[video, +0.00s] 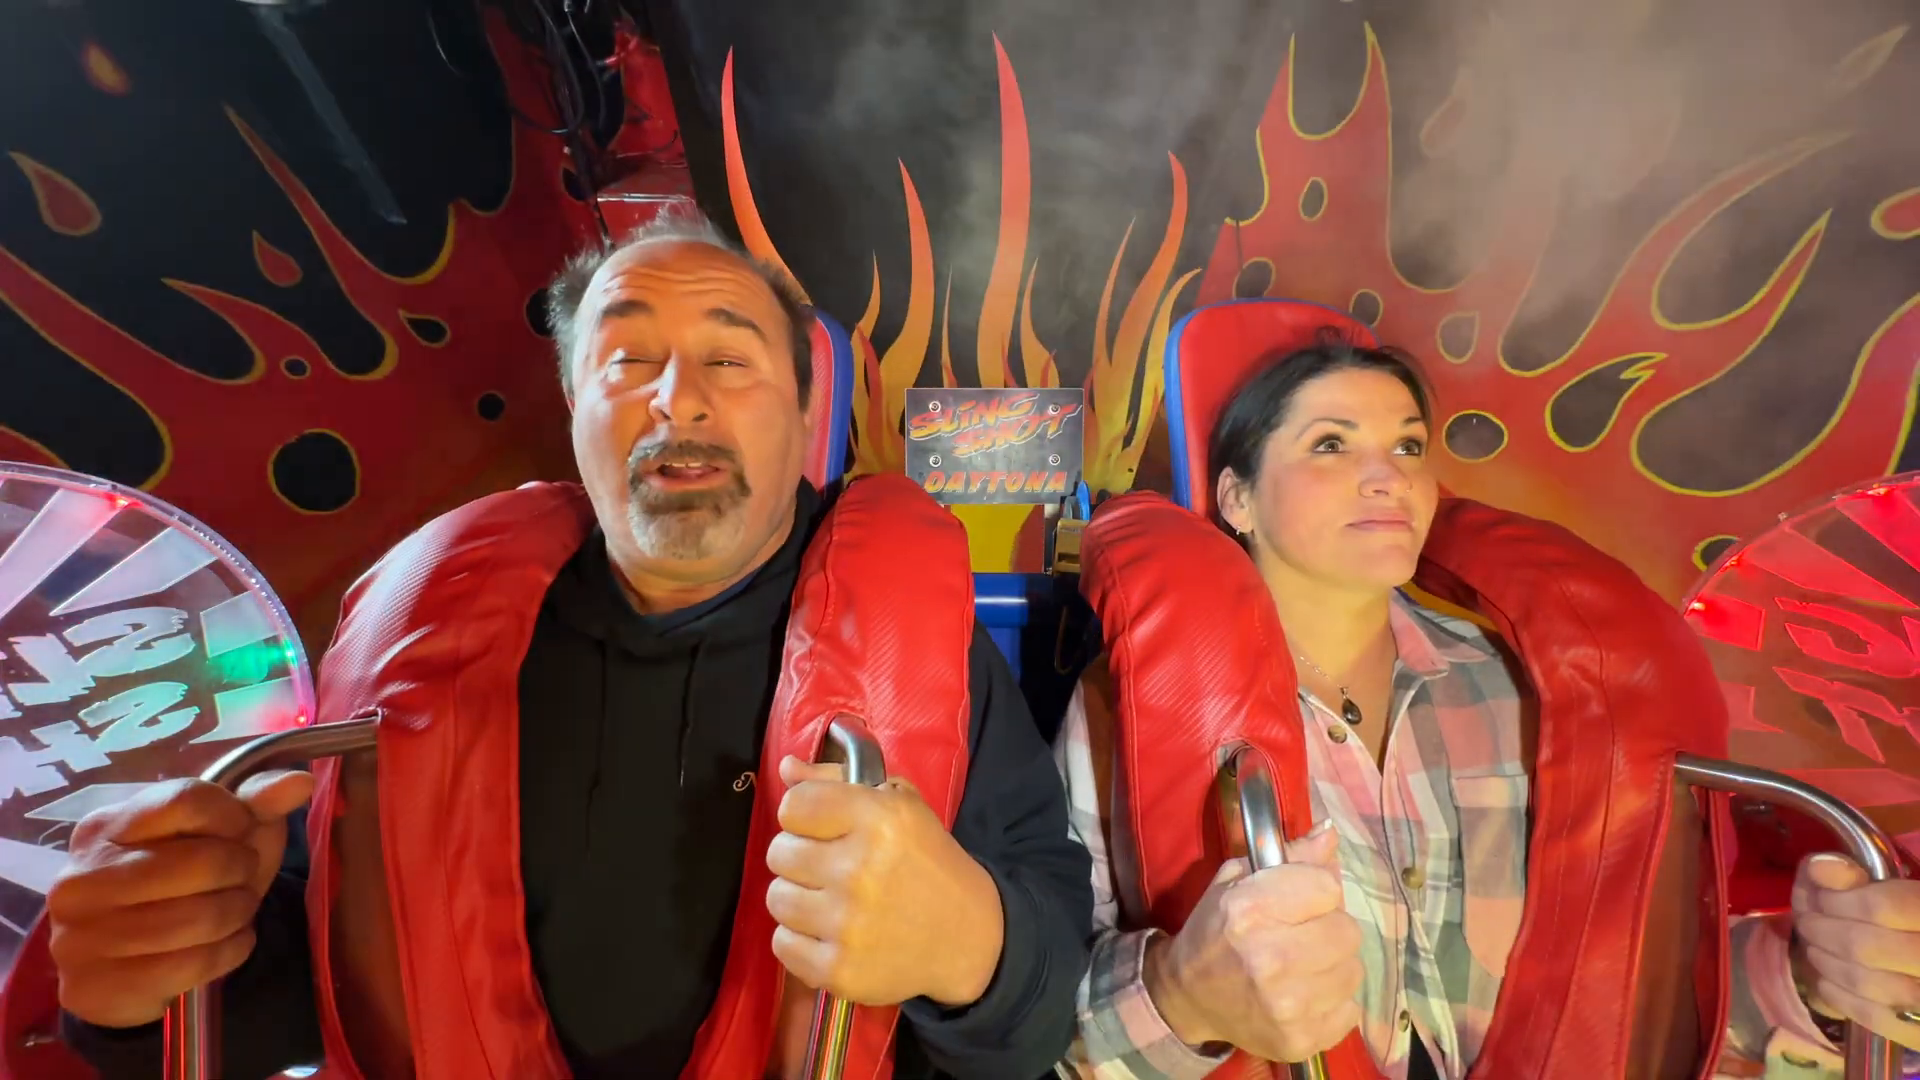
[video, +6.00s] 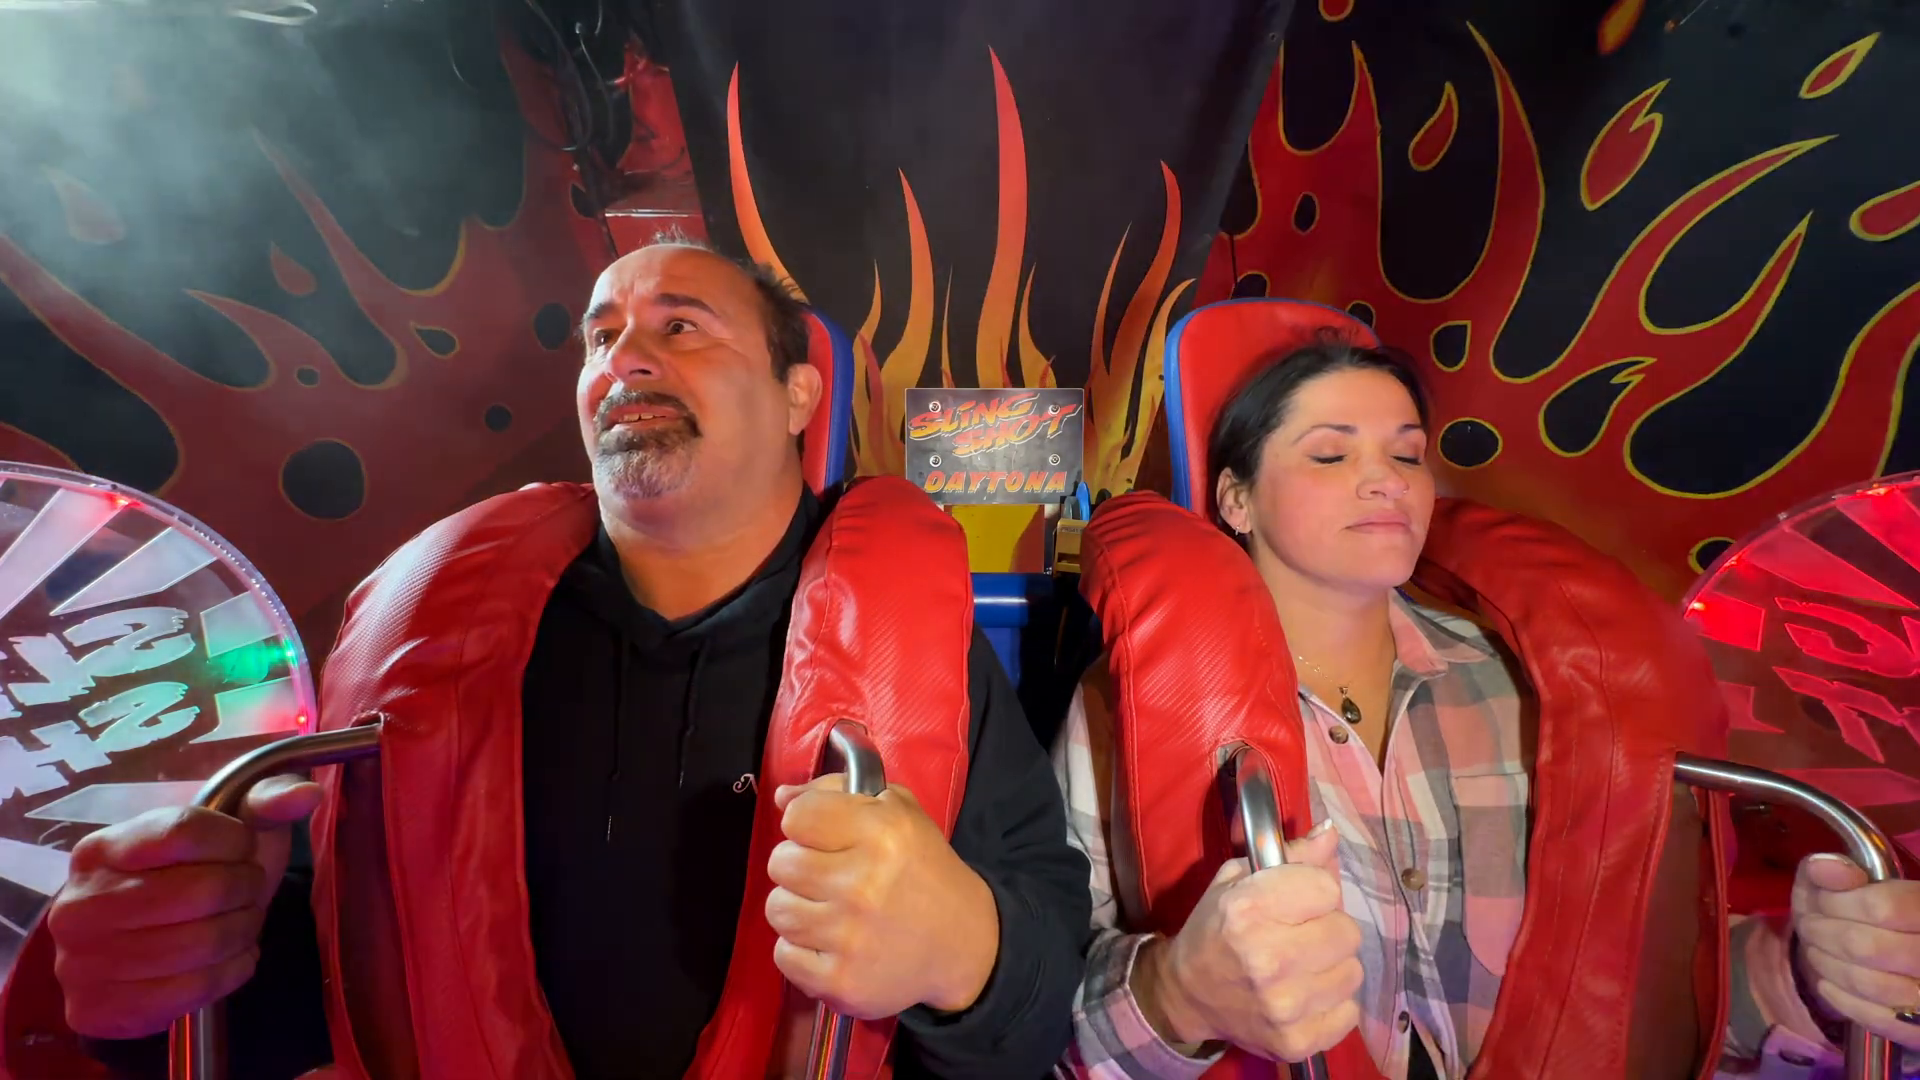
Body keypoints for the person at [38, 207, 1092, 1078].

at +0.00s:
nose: (674, 403)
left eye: (728, 362)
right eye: (629, 366)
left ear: (805, 418)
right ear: (572, 426)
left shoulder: (927, 654)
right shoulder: (416, 634)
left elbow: (1044, 1012)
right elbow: (295, 990)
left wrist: (980, 949)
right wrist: (109, 985)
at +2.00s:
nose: (623, 478)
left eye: (680, 419)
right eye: (588, 421)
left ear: (791, 416)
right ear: (549, 427)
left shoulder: (925, 644)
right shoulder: (419, 623)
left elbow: (1048, 1008)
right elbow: (303, 977)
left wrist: (981, 948)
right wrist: (106, 988)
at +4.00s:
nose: (638, 353)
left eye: (697, 322)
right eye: (612, 334)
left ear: (807, 404)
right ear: (582, 413)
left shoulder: (923, 661)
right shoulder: (425, 630)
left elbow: (1043, 1006)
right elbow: (309, 982)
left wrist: (979, 958)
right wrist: (107, 980)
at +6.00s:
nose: (623, 361)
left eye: (683, 324)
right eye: (600, 340)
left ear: (799, 396)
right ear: (577, 413)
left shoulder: (918, 652)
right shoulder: (440, 638)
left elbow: (1045, 1011)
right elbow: (315, 985)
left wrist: (971, 950)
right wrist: (110, 981)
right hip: (490, 1067)